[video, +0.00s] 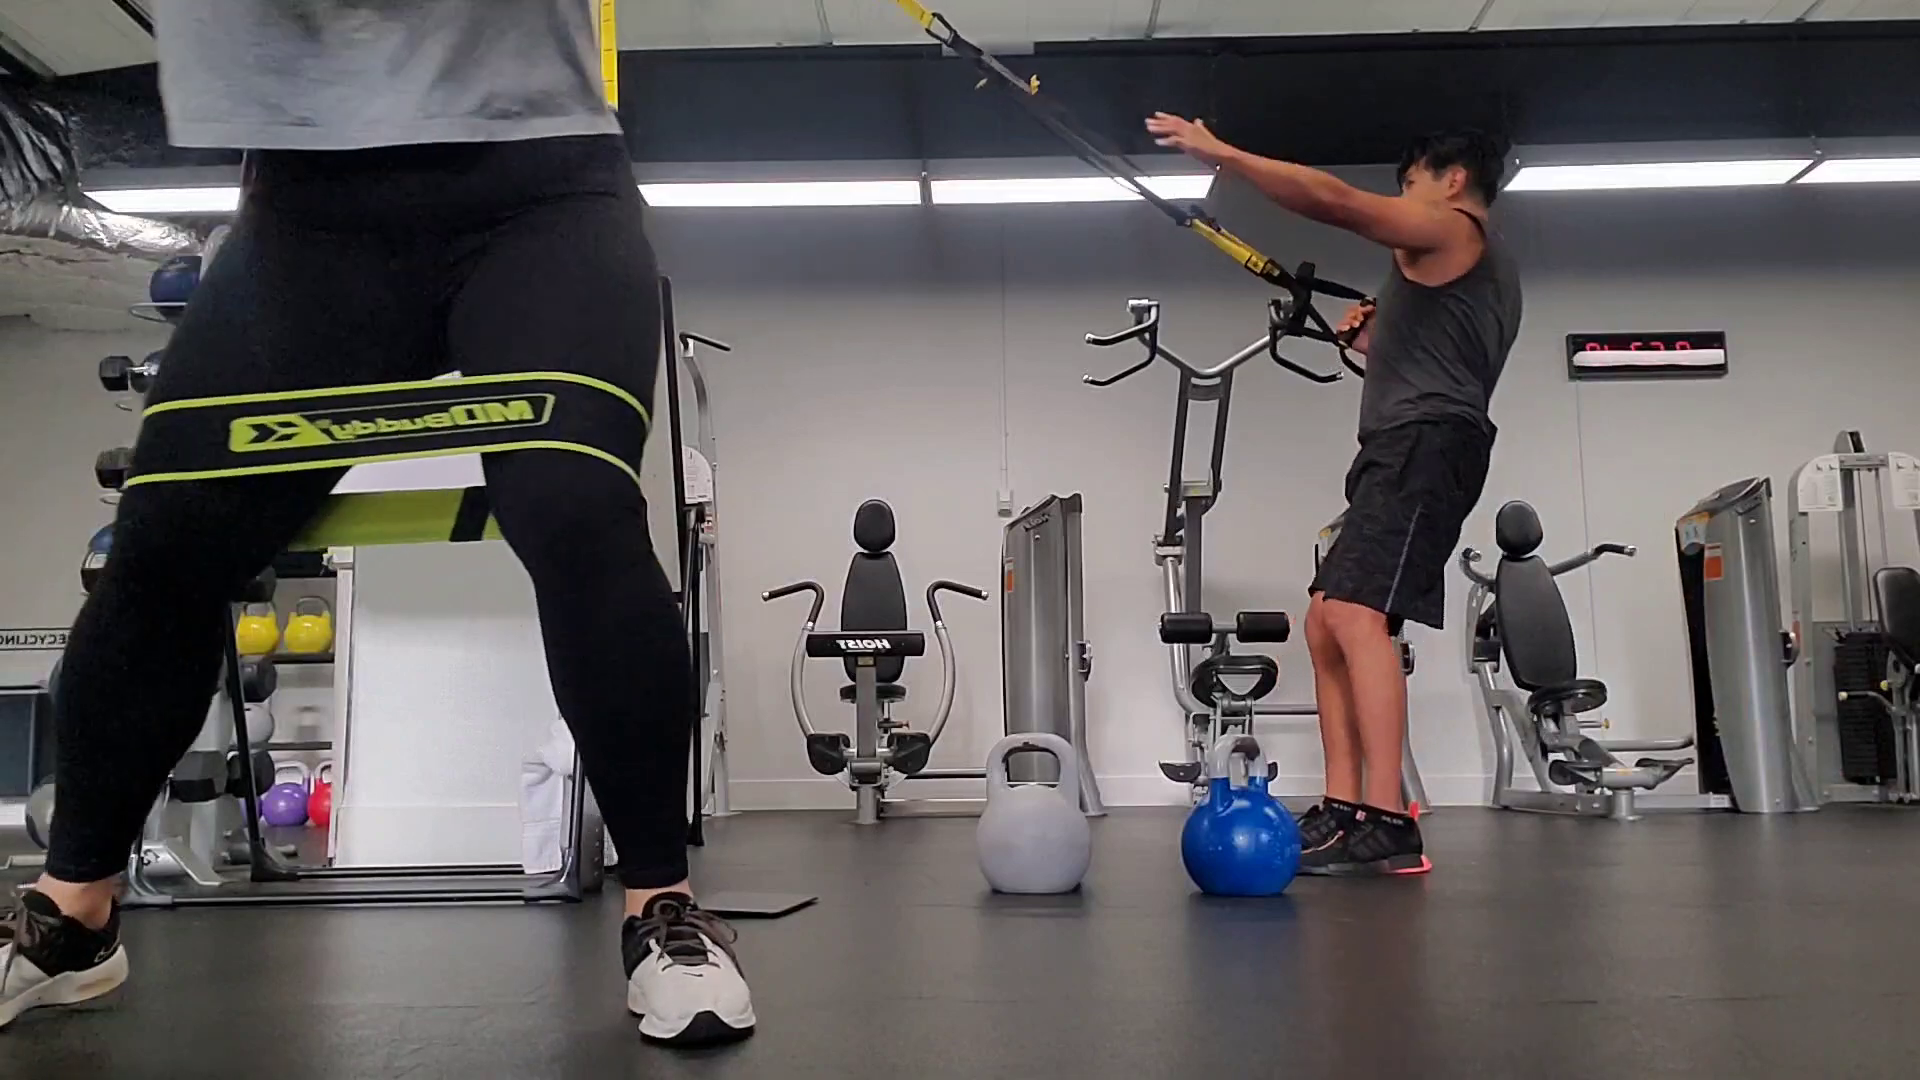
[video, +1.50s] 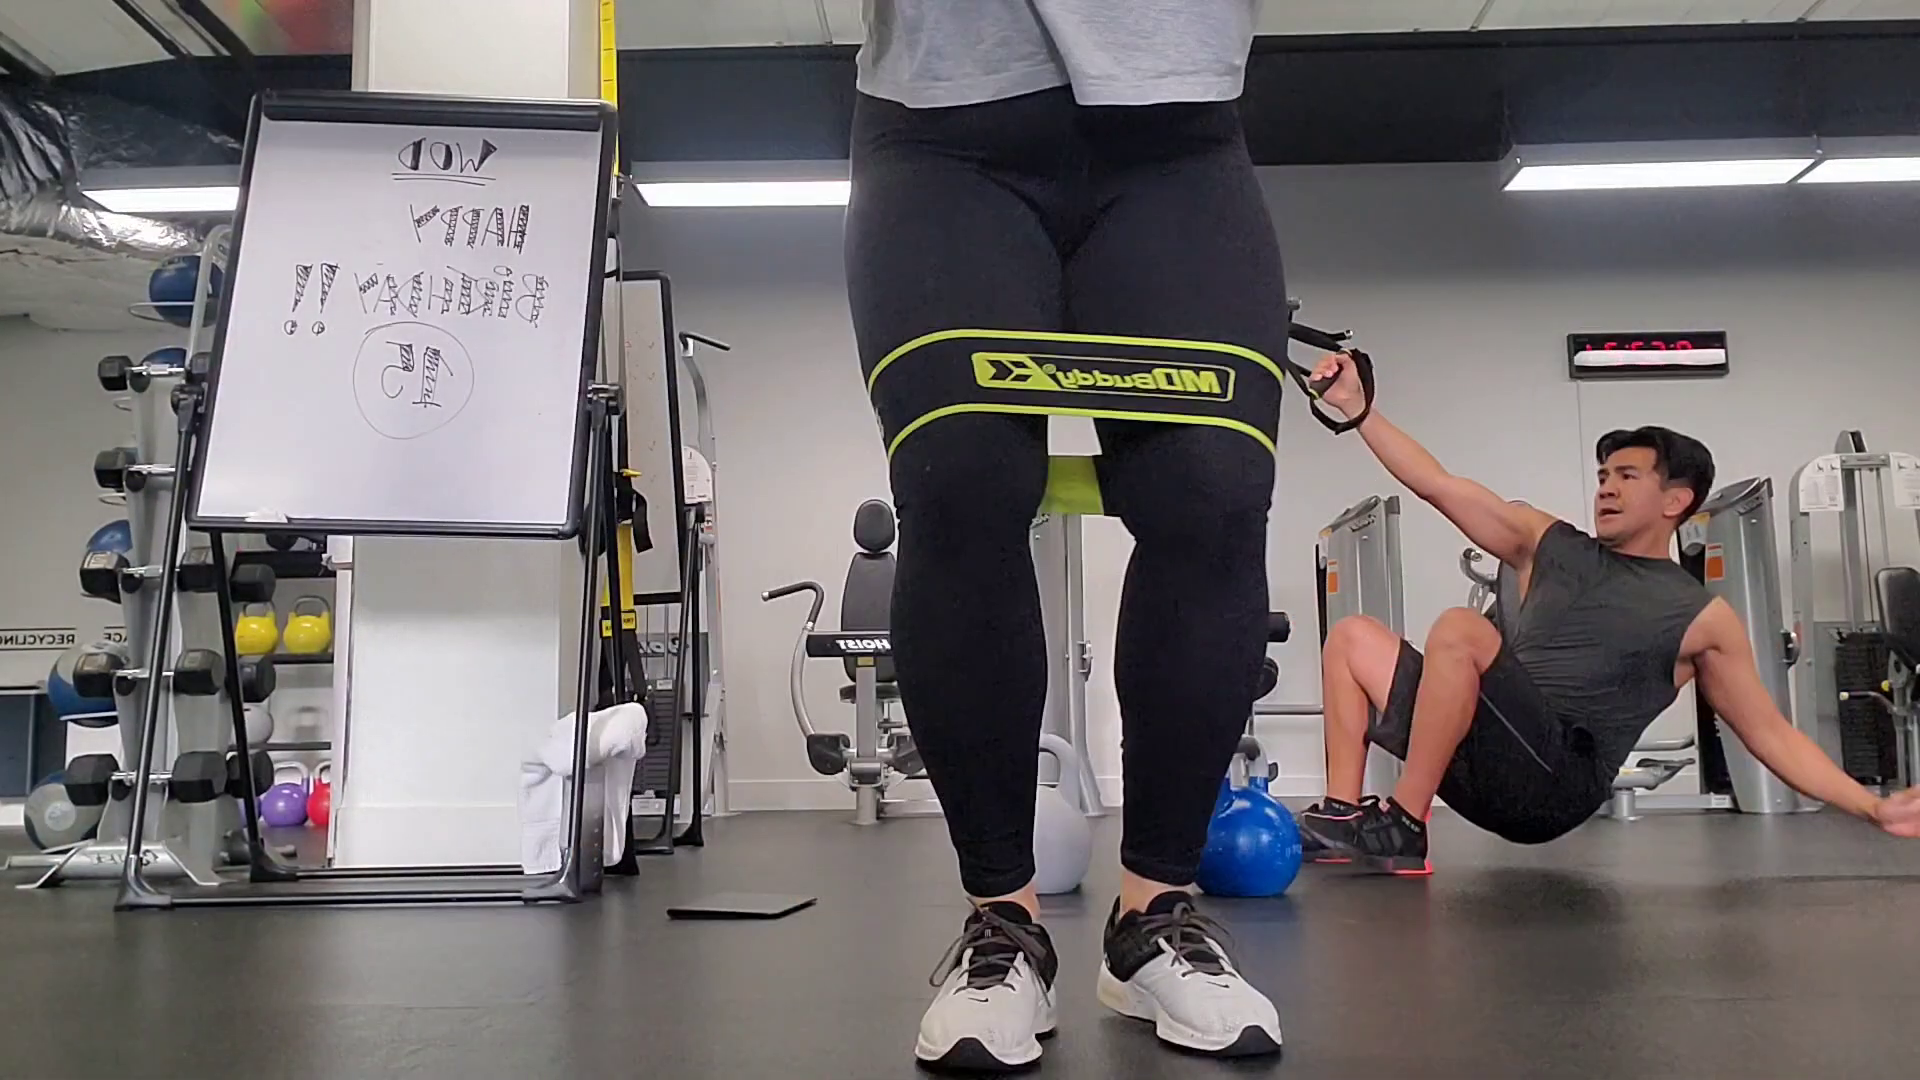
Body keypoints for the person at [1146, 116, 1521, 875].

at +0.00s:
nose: (1403, 193)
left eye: (1412, 180)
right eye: (1406, 181)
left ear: (1454, 178)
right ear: (1467, 187)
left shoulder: (1448, 226)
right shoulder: (1478, 266)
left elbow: (1332, 200)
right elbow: (1442, 366)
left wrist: (1222, 152)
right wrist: (1378, 342)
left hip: (1429, 438)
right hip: (1399, 442)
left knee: (1356, 614)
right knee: (1325, 620)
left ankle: (1390, 820)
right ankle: (1345, 807)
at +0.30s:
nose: (1340, 178)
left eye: (1348, 164)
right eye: (1343, 166)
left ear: (1383, 160)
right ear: (1409, 171)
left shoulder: (1346, 211)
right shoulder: (1453, 260)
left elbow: (1217, 178)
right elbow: (1464, 387)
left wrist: (1110, 139)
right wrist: (1356, 336)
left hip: (1367, 431)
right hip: (1406, 434)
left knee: (1381, 620)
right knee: (1349, 628)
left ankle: (1390, 820)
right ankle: (1347, 808)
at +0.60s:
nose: (1327, 179)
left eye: (1338, 163)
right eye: (1331, 166)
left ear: (1380, 160)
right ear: (1398, 169)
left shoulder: (1350, 211)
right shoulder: (1448, 263)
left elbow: (1225, 193)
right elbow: (1454, 390)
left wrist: (1112, 158)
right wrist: (1359, 365)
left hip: (1377, 430)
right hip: (1404, 433)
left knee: (1373, 617)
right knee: (1345, 622)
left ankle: (1389, 821)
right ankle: (1349, 808)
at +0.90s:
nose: (1392, 220)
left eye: (1408, 205)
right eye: (1393, 208)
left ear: (1458, 216)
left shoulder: (1471, 274)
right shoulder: (1419, 311)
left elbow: (1418, 315)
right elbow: (1402, 430)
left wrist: (1285, 300)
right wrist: (1359, 373)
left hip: (1458, 492)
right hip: (1407, 500)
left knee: (1324, 626)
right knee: (1286, 633)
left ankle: (1387, 821)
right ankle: (1345, 811)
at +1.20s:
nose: (1516, 368)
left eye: (1535, 353)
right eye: (1517, 356)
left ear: (1589, 370)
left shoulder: (1621, 469)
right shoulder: (1502, 457)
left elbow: (1686, 567)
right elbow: (1402, 472)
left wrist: (1710, 615)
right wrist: (1358, 400)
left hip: (1523, 656)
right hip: (1461, 649)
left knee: (1346, 625)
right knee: (1283, 642)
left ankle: (1388, 826)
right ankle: (1337, 812)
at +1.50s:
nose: (1604, 487)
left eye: (1626, 475)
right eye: (1602, 476)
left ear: (1678, 501)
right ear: (1599, 487)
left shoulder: (1702, 614)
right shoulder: (1546, 540)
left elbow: (1769, 736)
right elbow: (1437, 484)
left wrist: (1875, 809)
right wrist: (1360, 413)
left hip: (1561, 781)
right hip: (1479, 754)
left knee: (1462, 629)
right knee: (1351, 637)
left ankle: (1406, 824)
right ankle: (1342, 812)